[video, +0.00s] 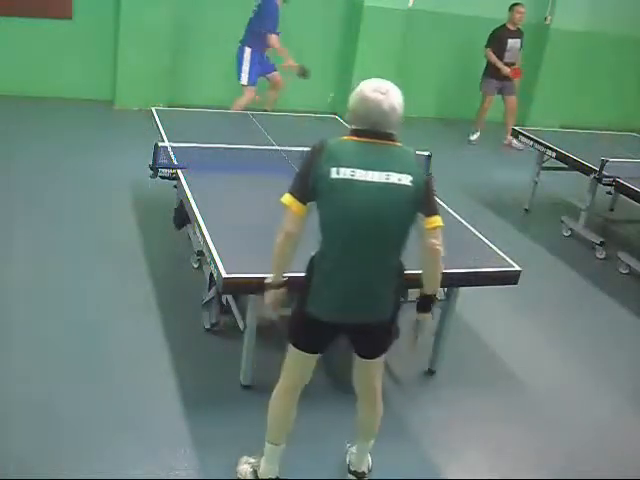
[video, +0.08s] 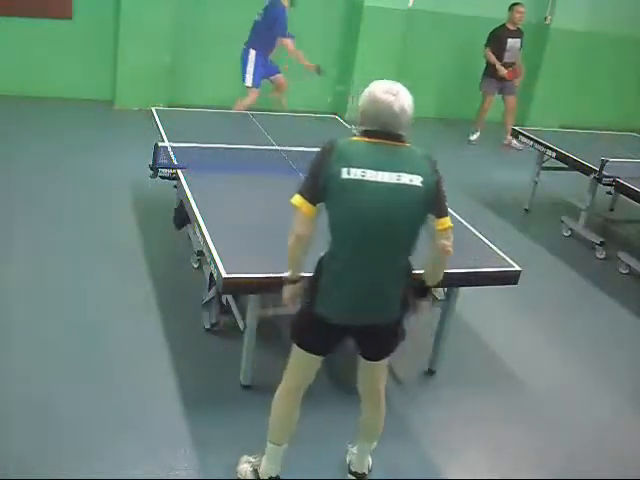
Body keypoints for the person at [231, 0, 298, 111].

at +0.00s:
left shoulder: (273, 7)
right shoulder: (270, 5)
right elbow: (272, 39)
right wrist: (287, 59)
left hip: (259, 51)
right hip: (249, 49)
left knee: (276, 82)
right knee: (249, 95)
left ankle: (266, 114)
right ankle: (228, 119)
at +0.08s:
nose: (290, 5)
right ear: (287, 1)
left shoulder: (273, 6)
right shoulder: (279, 9)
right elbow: (286, 41)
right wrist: (306, 63)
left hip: (262, 54)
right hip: (253, 52)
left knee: (281, 84)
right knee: (253, 95)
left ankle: (281, 118)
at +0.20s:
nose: (317, 13)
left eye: (318, 9)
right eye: (316, 9)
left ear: (307, 6)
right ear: (309, 6)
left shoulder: (289, 14)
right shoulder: (302, 21)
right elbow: (315, 53)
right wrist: (336, 66)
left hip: (272, 58)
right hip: (266, 56)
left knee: (291, 88)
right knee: (261, 96)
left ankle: (299, 120)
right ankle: (232, 119)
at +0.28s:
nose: (325, 19)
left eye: (326, 15)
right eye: (325, 15)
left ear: (314, 10)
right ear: (321, 12)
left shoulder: (296, 20)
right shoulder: (312, 29)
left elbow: (278, 35)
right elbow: (328, 59)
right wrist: (345, 73)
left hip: (280, 61)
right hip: (273, 58)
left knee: (299, 88)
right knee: (262, 101)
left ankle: (305, 123)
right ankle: (234, 120)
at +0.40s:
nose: (342, 31)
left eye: (343, 28)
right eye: (342, 28)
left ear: (331, 21)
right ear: (337, 24)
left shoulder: (312, 24)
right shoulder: (328, 38)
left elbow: (291, 37)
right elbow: (337, 69)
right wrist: (347, 91)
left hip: (288, 59)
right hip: (283, 57)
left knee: (307, 88)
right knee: (266, 99)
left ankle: (306, 122)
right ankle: (237, 118)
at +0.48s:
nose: (343, 33)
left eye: (345, 30)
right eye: (345, 29)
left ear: (336, 21)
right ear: (342, 25)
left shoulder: (319, 24)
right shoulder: (330, 37)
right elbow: (334, 69)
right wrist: (343, 95)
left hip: (291, 57)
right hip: (287, 55)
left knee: (308, 87)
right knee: (269, 94)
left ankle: (306, 122)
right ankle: (240, 115)